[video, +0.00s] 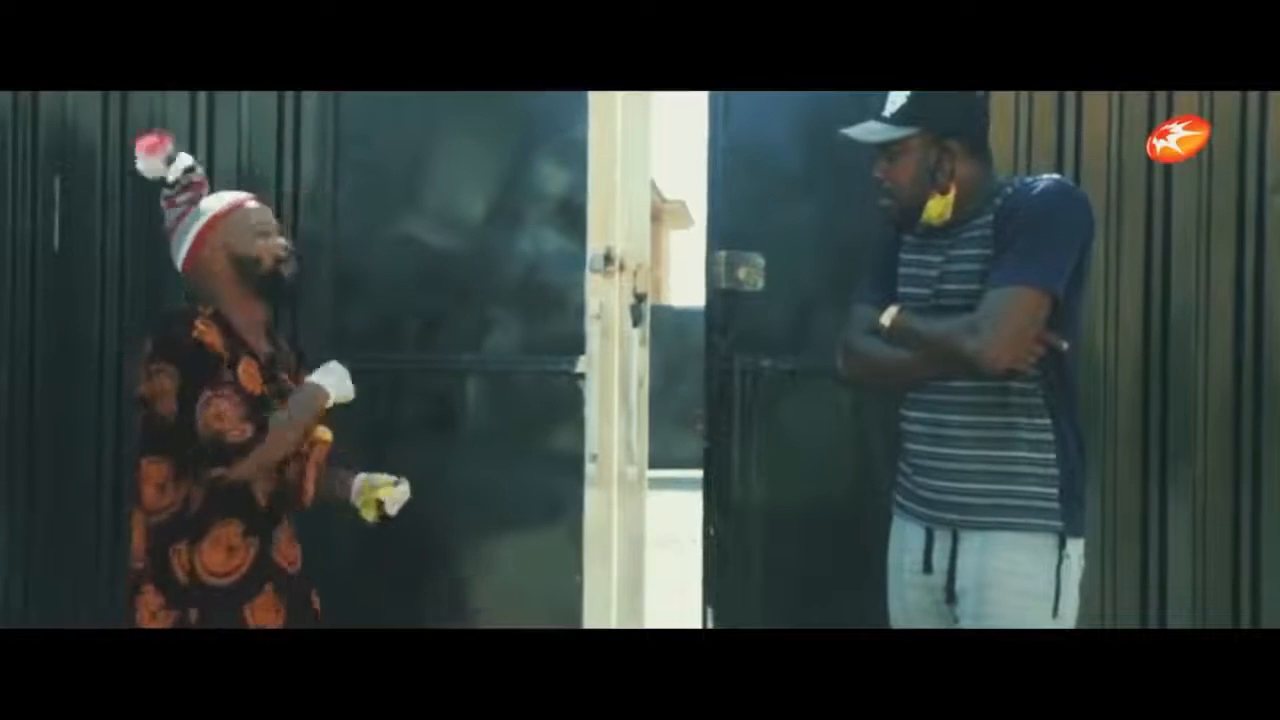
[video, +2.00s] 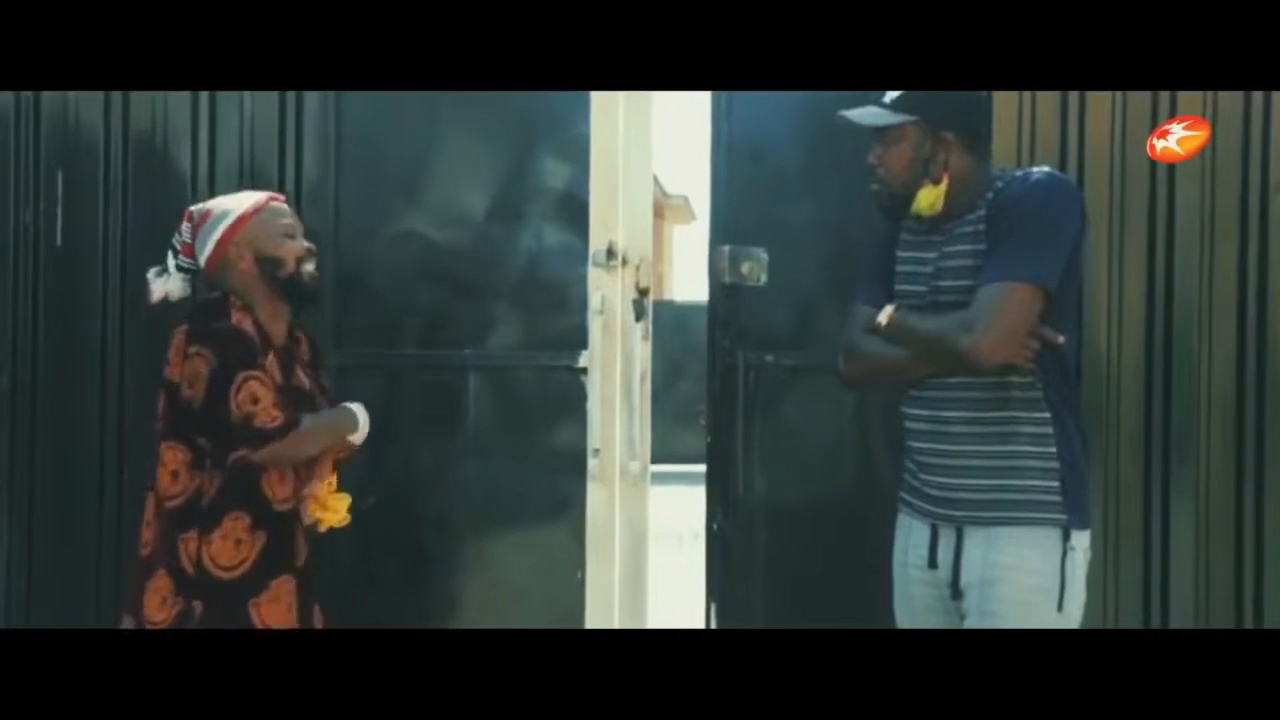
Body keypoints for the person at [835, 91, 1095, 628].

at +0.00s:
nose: (877, 174)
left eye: (893, 155)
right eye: (878, 156)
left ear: (950, 157)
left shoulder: (1047, 204)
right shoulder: (901, 228)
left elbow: (994, 348)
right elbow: (853, 358)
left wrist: (895, 321)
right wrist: (979, 344)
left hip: (1020, 527)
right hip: (917, 516)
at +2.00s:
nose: (872, 159)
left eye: (888, 142)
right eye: (873, 142)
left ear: (944, 145)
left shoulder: (1040, 196)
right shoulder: (901, 225)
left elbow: (989, 343)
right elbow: (853, 360)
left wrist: (889, 319)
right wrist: (977, 339)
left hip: (1025, 523)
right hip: (922, 513)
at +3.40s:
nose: (879, 159)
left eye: (896, 141)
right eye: (880, 142)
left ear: (953, 145)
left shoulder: (1047, 197)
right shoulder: (903, 223)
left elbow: (996, 344)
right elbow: (854, 359)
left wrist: (893, 317)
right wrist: (985, 341)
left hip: (1026, 522)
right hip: (923, 513)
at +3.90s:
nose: (880, 159)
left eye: (897, 140)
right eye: (882, 142)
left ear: (954, 145)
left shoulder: (1048, 198)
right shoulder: (903, 223)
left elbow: (998, 345)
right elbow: (855, 362)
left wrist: (894, 318)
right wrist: (984, 342)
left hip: (1027, 522)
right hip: (922, 513)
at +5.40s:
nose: (879, 162)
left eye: (896, 144)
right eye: (880, 145)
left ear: (955, 145)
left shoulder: (1048, 198)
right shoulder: (905, 223)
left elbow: (995, 345)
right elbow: (855, 361)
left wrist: (894, 317)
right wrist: (979, 339)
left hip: (1026, 521)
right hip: (922, 513)